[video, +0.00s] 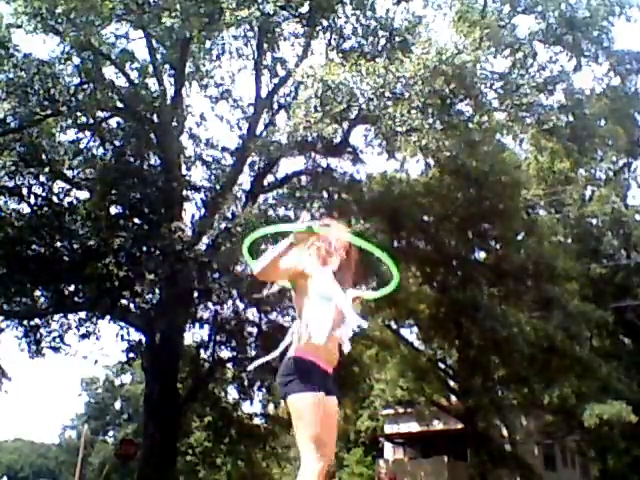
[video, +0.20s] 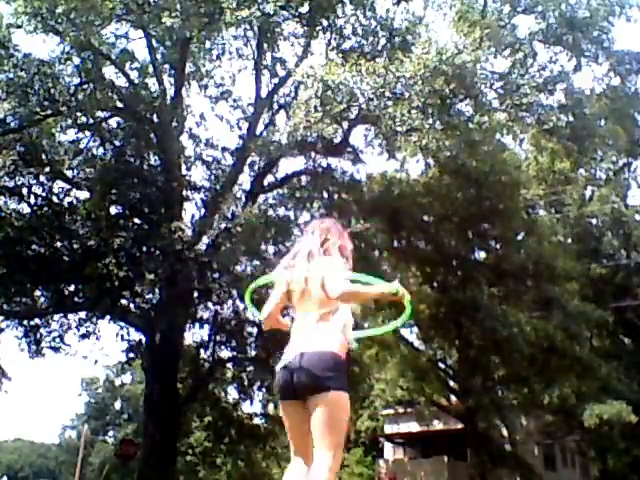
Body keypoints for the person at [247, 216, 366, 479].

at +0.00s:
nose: (342, 253)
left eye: (345, 248)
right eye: (338, 245)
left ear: (345, 252)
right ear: (323, 243)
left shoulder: (333, 282)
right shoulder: (304, 268)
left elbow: (330, 320)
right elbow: (261, 272)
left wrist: (350, 299)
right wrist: (293, 240)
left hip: (326, 376)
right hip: (303, 369)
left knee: (325, 463)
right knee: (314, 461)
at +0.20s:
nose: (345, 253)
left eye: (345, 248)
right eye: (343, 247)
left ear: (307, 242)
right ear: (333, 243)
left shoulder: (288, 272)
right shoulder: (333, 264)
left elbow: (269, 318)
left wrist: (293, 326)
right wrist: (385, 290)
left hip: (287, 364)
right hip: (325, 360)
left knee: (300, 458)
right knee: (326, 461)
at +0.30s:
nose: (344, 247)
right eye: (342, 242)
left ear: (299, 240)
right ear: (336, 241)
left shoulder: (287, 268)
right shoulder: (343, 267)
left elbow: (271, 312)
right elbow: (361, 306)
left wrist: (262, 337)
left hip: (288, 361)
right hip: (332, 362)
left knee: (286, 455)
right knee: (334, 458)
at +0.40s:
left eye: (291, 244)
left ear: (295, 244)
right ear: (331, 245)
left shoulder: (293, 268)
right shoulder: (347, 275)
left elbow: (284, 313)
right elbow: (376, 318)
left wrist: (253, 348)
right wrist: (384, 355)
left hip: (294, 363)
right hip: (335, 367)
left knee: (284, 456)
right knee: (319, 460)